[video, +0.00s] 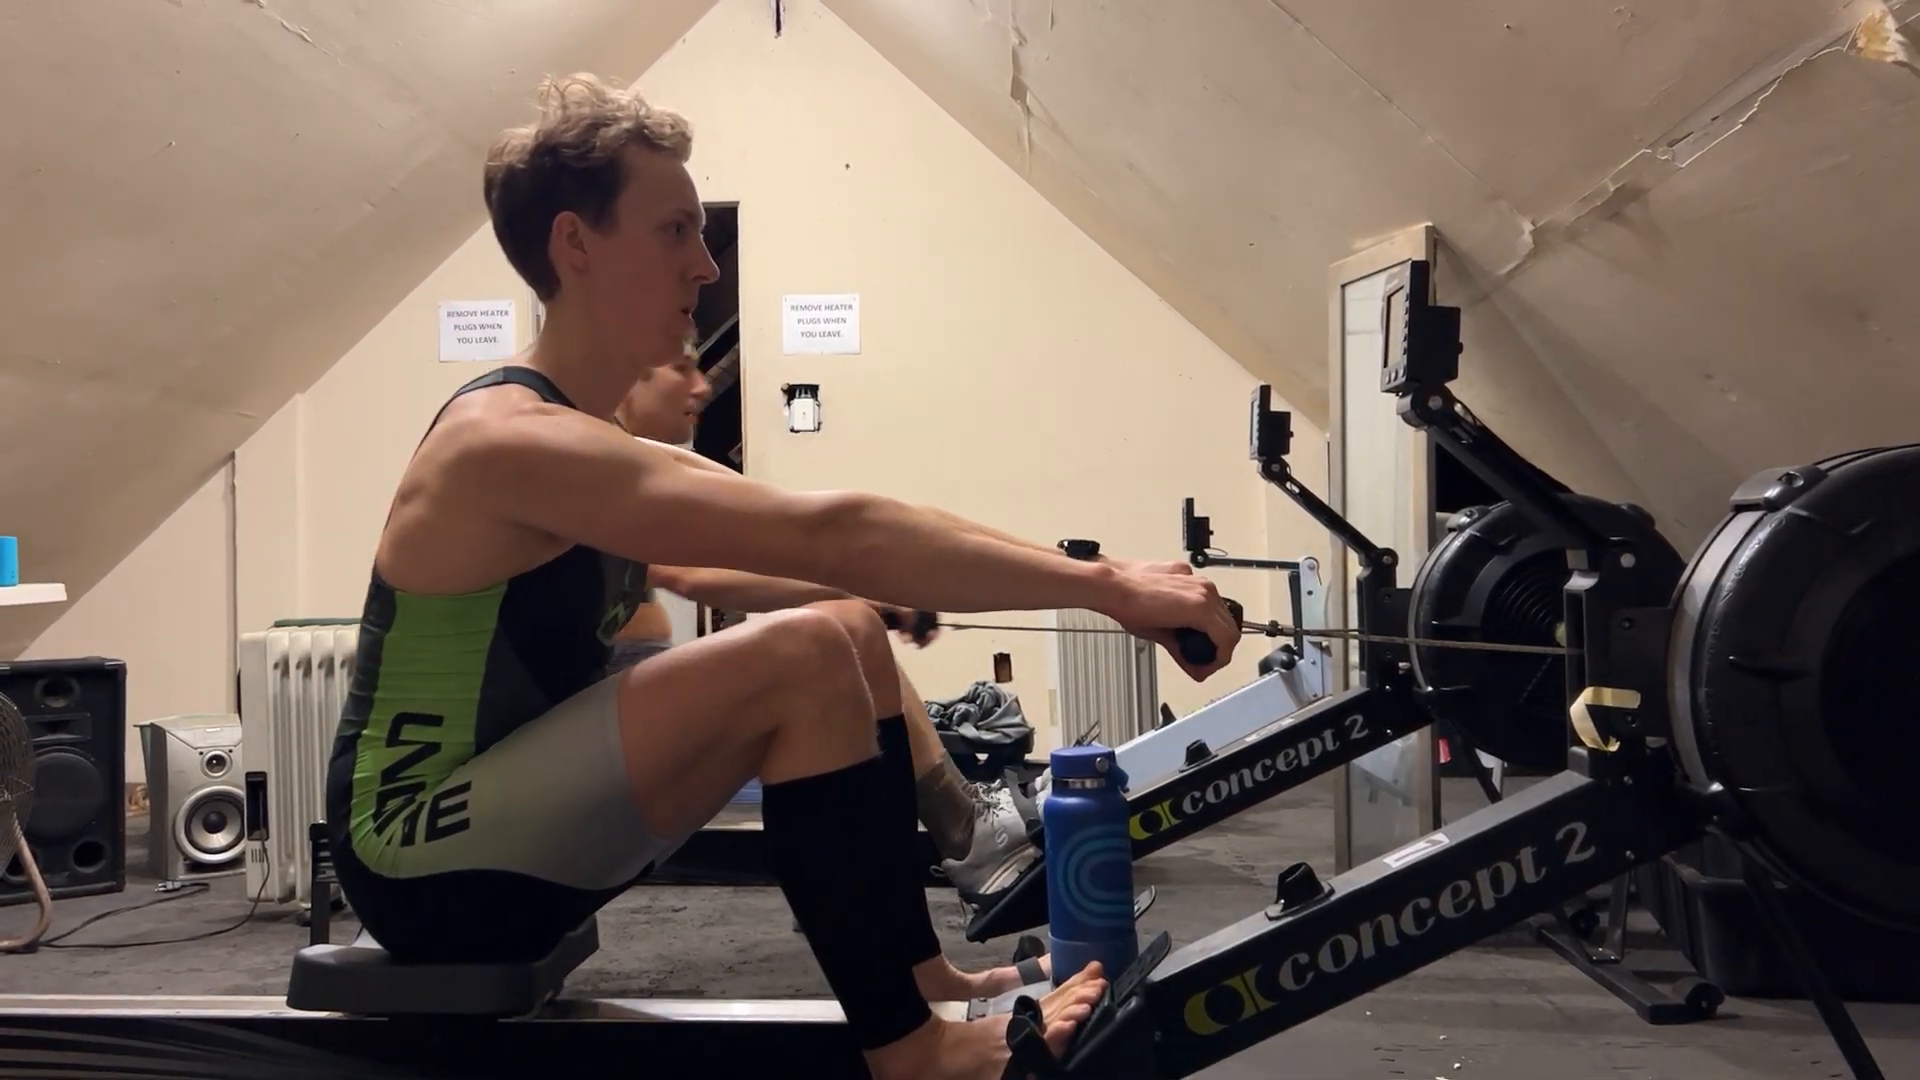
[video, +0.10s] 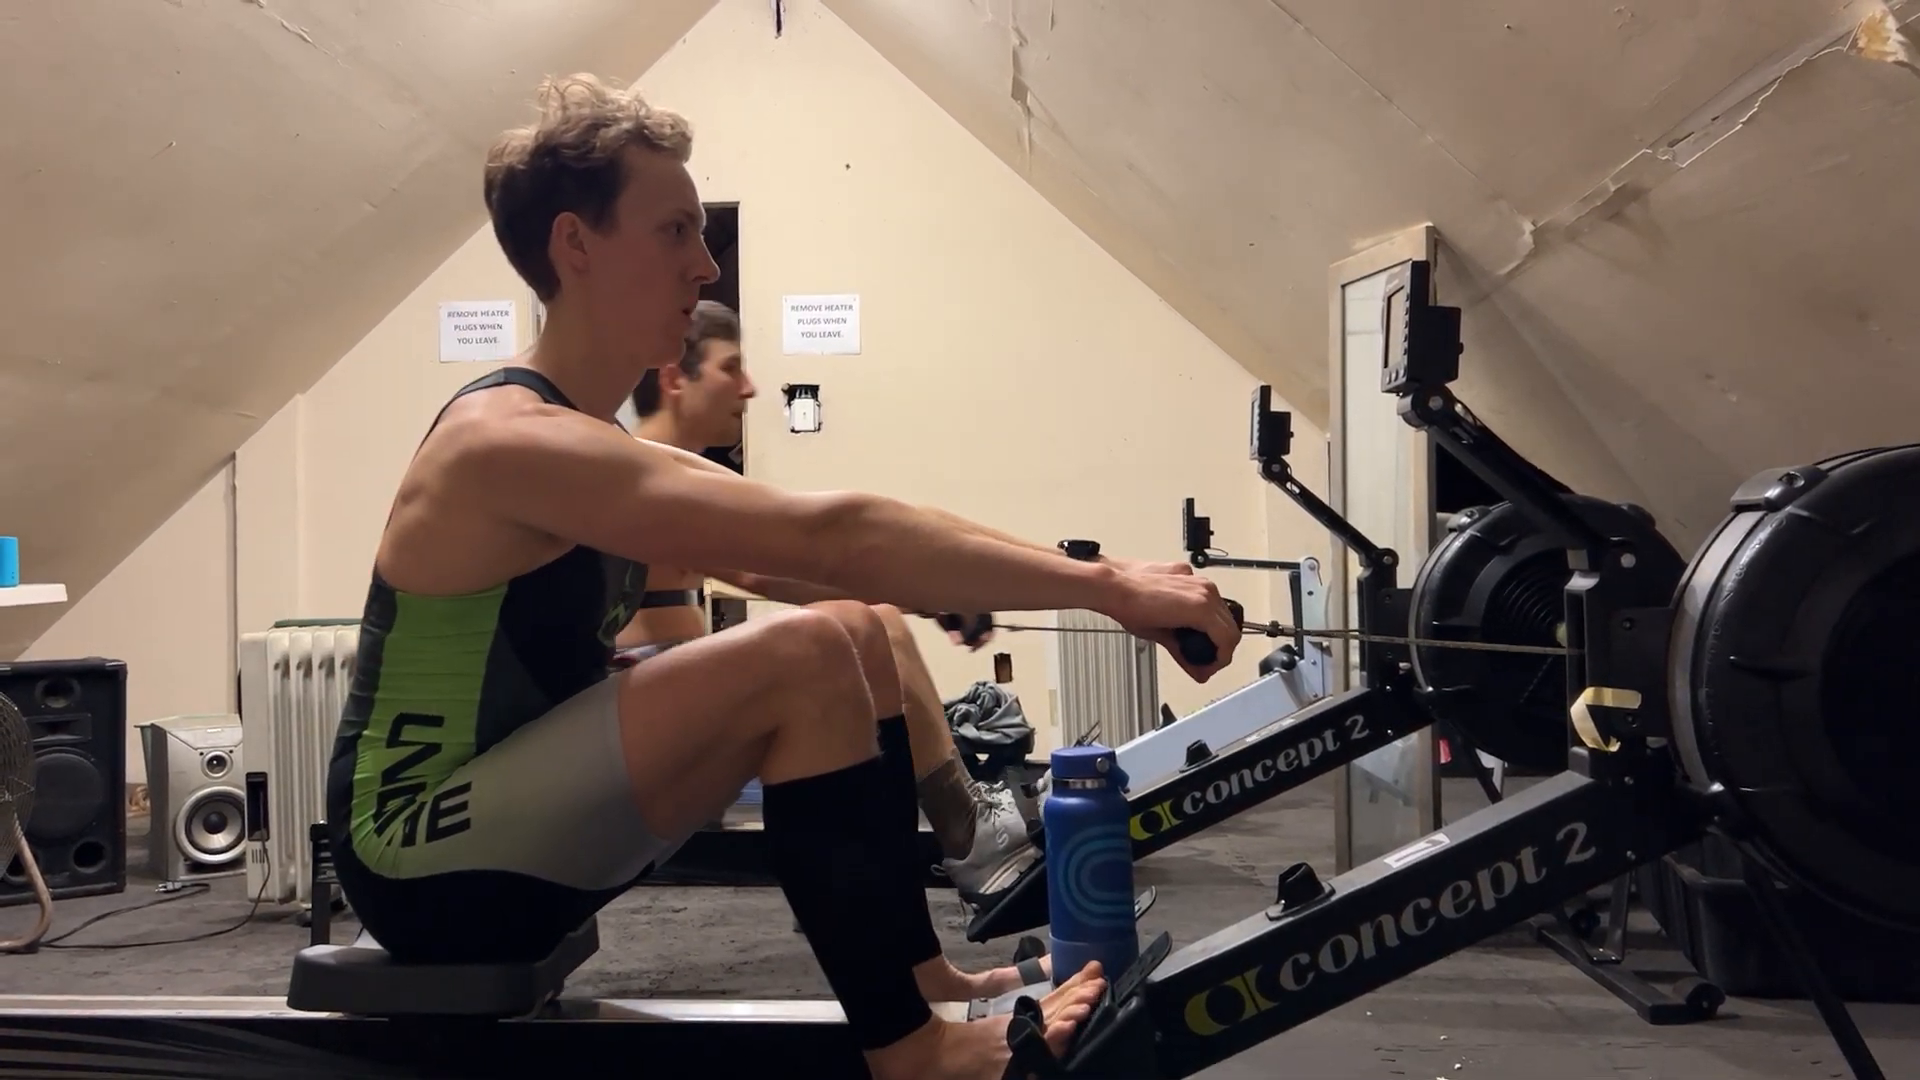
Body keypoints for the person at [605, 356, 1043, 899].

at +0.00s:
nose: (703, 392)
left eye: (698, 374)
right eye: (685, 371)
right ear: (633, 380)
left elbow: (728, 576)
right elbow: (701, 581)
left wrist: (869, 592)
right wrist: (859, 597)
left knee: (860, 625)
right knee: (850, 632)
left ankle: (968, 825)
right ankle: (965, 832)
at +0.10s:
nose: (748, 388)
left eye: (743, 369)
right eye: (730, 369)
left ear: (677, 383)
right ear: (673, 379)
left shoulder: (683, 469)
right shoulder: (646, 470)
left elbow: (762, 573)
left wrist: (926, 592)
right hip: (658, 677)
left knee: (885, 622)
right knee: (874, 626)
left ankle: (969, 826)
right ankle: (968, 835)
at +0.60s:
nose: (985, 399)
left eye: (978, 380)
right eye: (967, 380)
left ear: (915, 397)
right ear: (914, 394)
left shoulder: (886, 472)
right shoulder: (888, 476)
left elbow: (1022, 548)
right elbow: (1034, 549)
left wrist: (1162, 591)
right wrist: (1175, 593)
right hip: (835, 712)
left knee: (1000, 591)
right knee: (1002, 591)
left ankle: (969, 808)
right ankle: (970, 820)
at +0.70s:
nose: (1014, 400)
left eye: (1007, 382)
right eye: (997, 381)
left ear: (944, 399)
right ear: (943, 397)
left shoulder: (905, 472)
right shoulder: (918, 480)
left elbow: (1053, 546)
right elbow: (1070, 547)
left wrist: (1188, 588)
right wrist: (1215, 590)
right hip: (846, 719)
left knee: (1014, 587)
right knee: (1019, 591)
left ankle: (973, 808)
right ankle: (971, 821)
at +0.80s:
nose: (1023, 400)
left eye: (1015, 381)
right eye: (1005, 381)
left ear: (952, 400)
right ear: (952, 398)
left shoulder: (912, 474)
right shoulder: (928, 481)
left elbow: (1063, 545)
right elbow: (1077, 546)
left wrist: (1198, 586)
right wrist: (1226, 581)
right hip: (852, 714)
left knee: (1021, 586)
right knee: (1026, 591)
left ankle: (971, 802)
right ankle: (972, 818)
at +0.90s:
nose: (1000, 399)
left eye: (992, 380)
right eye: (983, 380)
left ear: (930, 399)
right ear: (929, 396)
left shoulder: (901, 472)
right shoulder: (905, 477)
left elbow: (1050, 542)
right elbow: (1061, 542)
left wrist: (1188, 580)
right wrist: (1210, 570)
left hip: (835, 695)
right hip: (841, 705)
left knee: (1009, 589)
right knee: (1010, 593)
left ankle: (982, 809)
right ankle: (971, 823)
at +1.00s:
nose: (944, 393)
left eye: (936, 375)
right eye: (927, 375)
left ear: (874, 392)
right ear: (874, 389)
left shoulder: (840, 467)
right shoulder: (854, 470)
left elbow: (987, 539)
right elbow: (996, 537)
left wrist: (1127, 575)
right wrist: (1138, 564)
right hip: (798, 714)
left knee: (976, 592)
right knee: (977, 590)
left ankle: (979, 802)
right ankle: (973, 818)